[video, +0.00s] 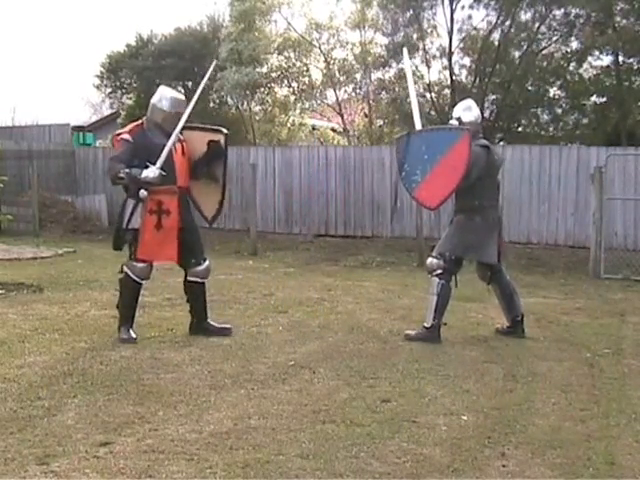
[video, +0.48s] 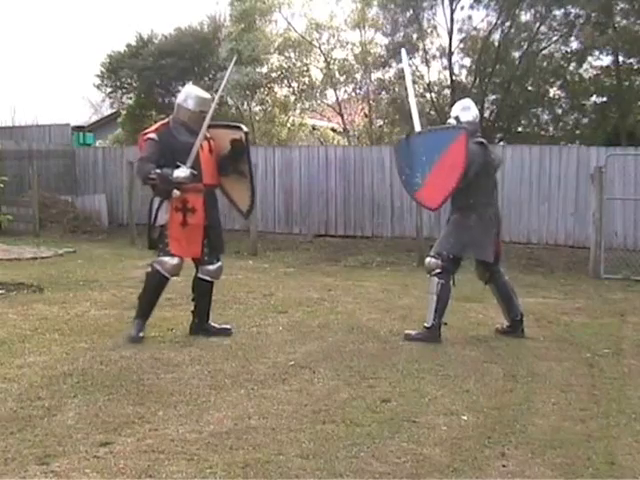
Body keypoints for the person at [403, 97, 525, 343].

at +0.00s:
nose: (455, 128)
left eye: (458, 123)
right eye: (456, 123)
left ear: (464, 124)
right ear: (478, 124)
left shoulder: (471, 152)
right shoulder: (490, 151)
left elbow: (455, 180)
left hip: (469, 220)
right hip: (489, 219)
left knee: (442, 267)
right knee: (491, 269)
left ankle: (432, 327)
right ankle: (516, 322)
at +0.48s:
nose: (452, 126)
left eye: (454, 122)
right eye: (453, 122)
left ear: (460, 123)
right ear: (476, 122)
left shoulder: (466, 150)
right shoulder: (487, 149)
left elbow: (451, 181)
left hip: (465, 219)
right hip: (487, 219)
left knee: (442, 268)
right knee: (489, 270)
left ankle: (433, 327)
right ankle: (515, 322)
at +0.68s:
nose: (451, 136)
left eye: (453, 132)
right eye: (453, 132)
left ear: (459, 133)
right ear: (480, 133)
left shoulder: (461, 157)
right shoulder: (494, 159)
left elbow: (457, 196)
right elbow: (505, 203)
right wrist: (479, 198)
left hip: (459, 229)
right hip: (487, 231)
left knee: (421, 262)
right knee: (488, 276)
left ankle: (422, 322)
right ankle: (510, 322)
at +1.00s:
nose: (435, 137)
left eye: (438, 133)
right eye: (437, 133)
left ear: (441, 135)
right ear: (462, 137)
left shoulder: (438, 162)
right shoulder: (475, 166)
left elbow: (429, 200)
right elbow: (486, 205)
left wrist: (415, 183)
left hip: (432, 238)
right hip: (459, 239)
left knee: (398, 277)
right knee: (471, 281)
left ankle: (394, 333)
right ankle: (507, 323)